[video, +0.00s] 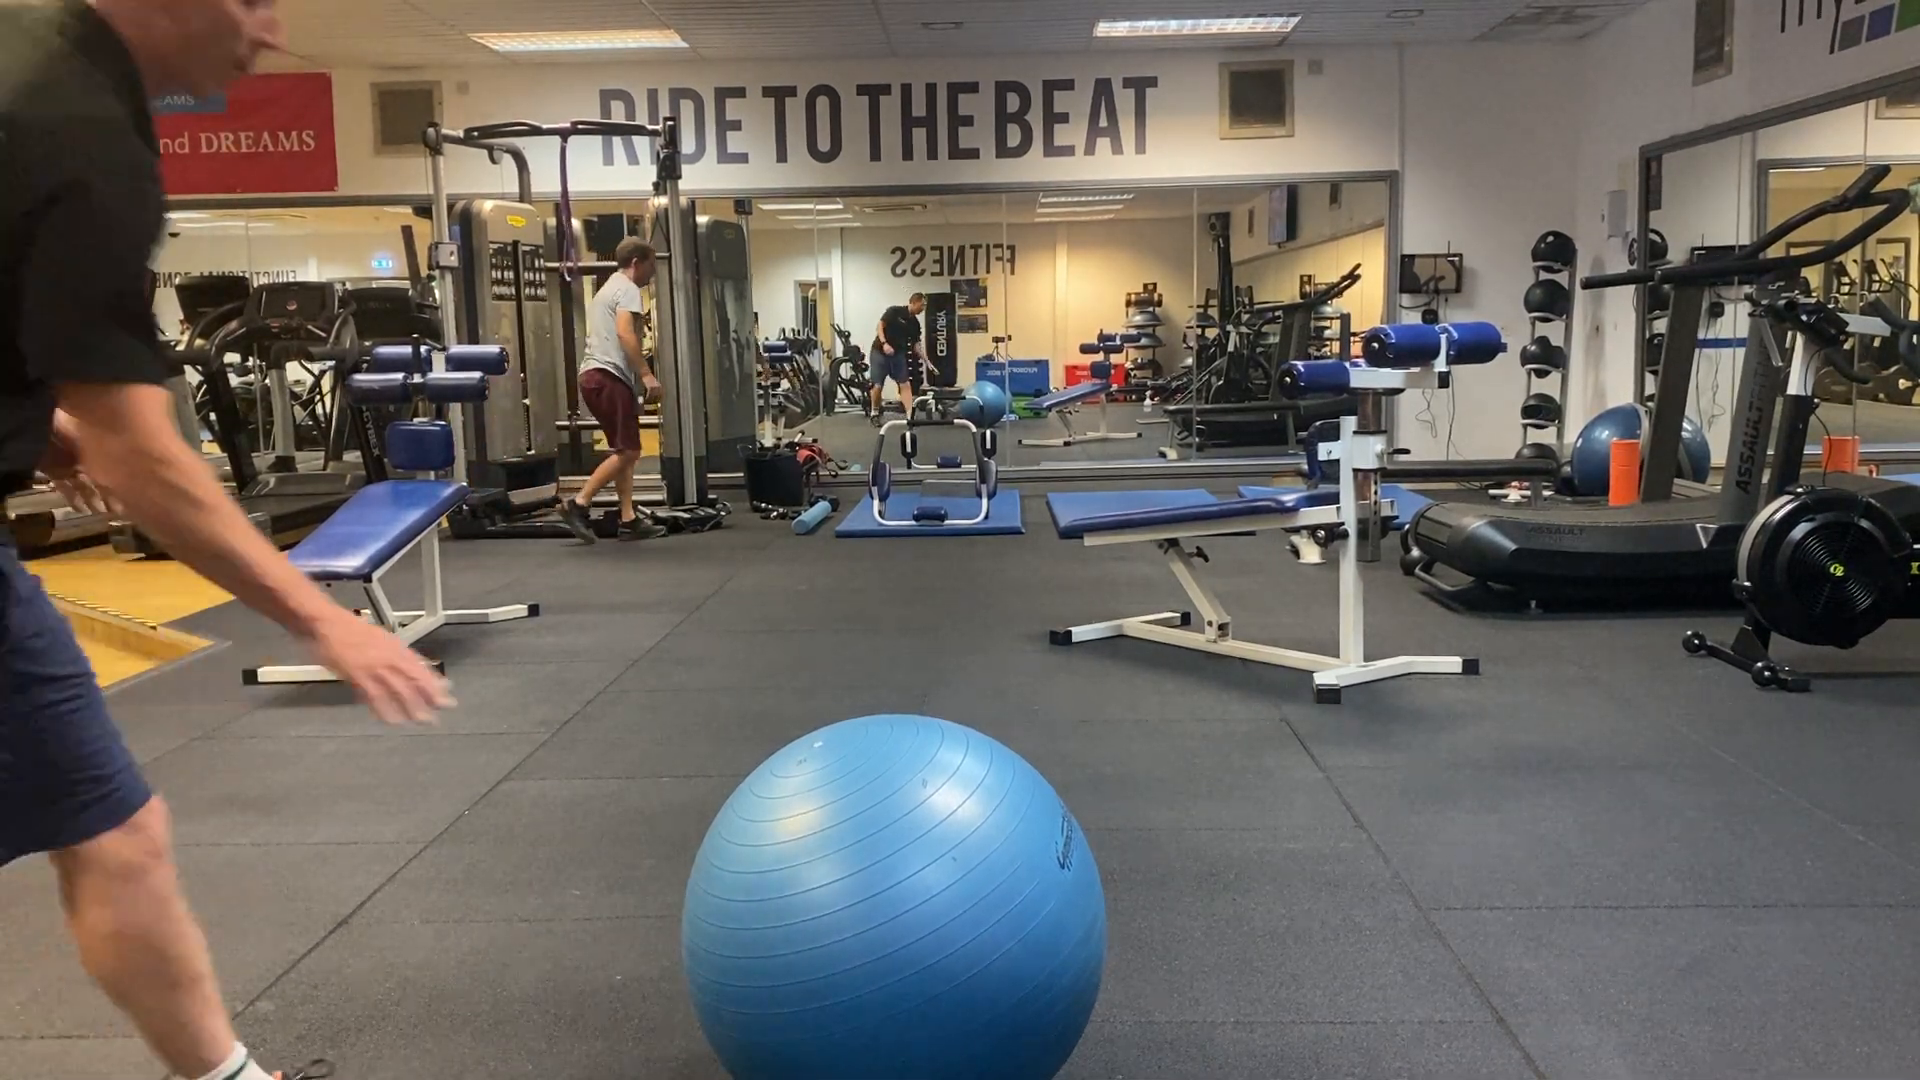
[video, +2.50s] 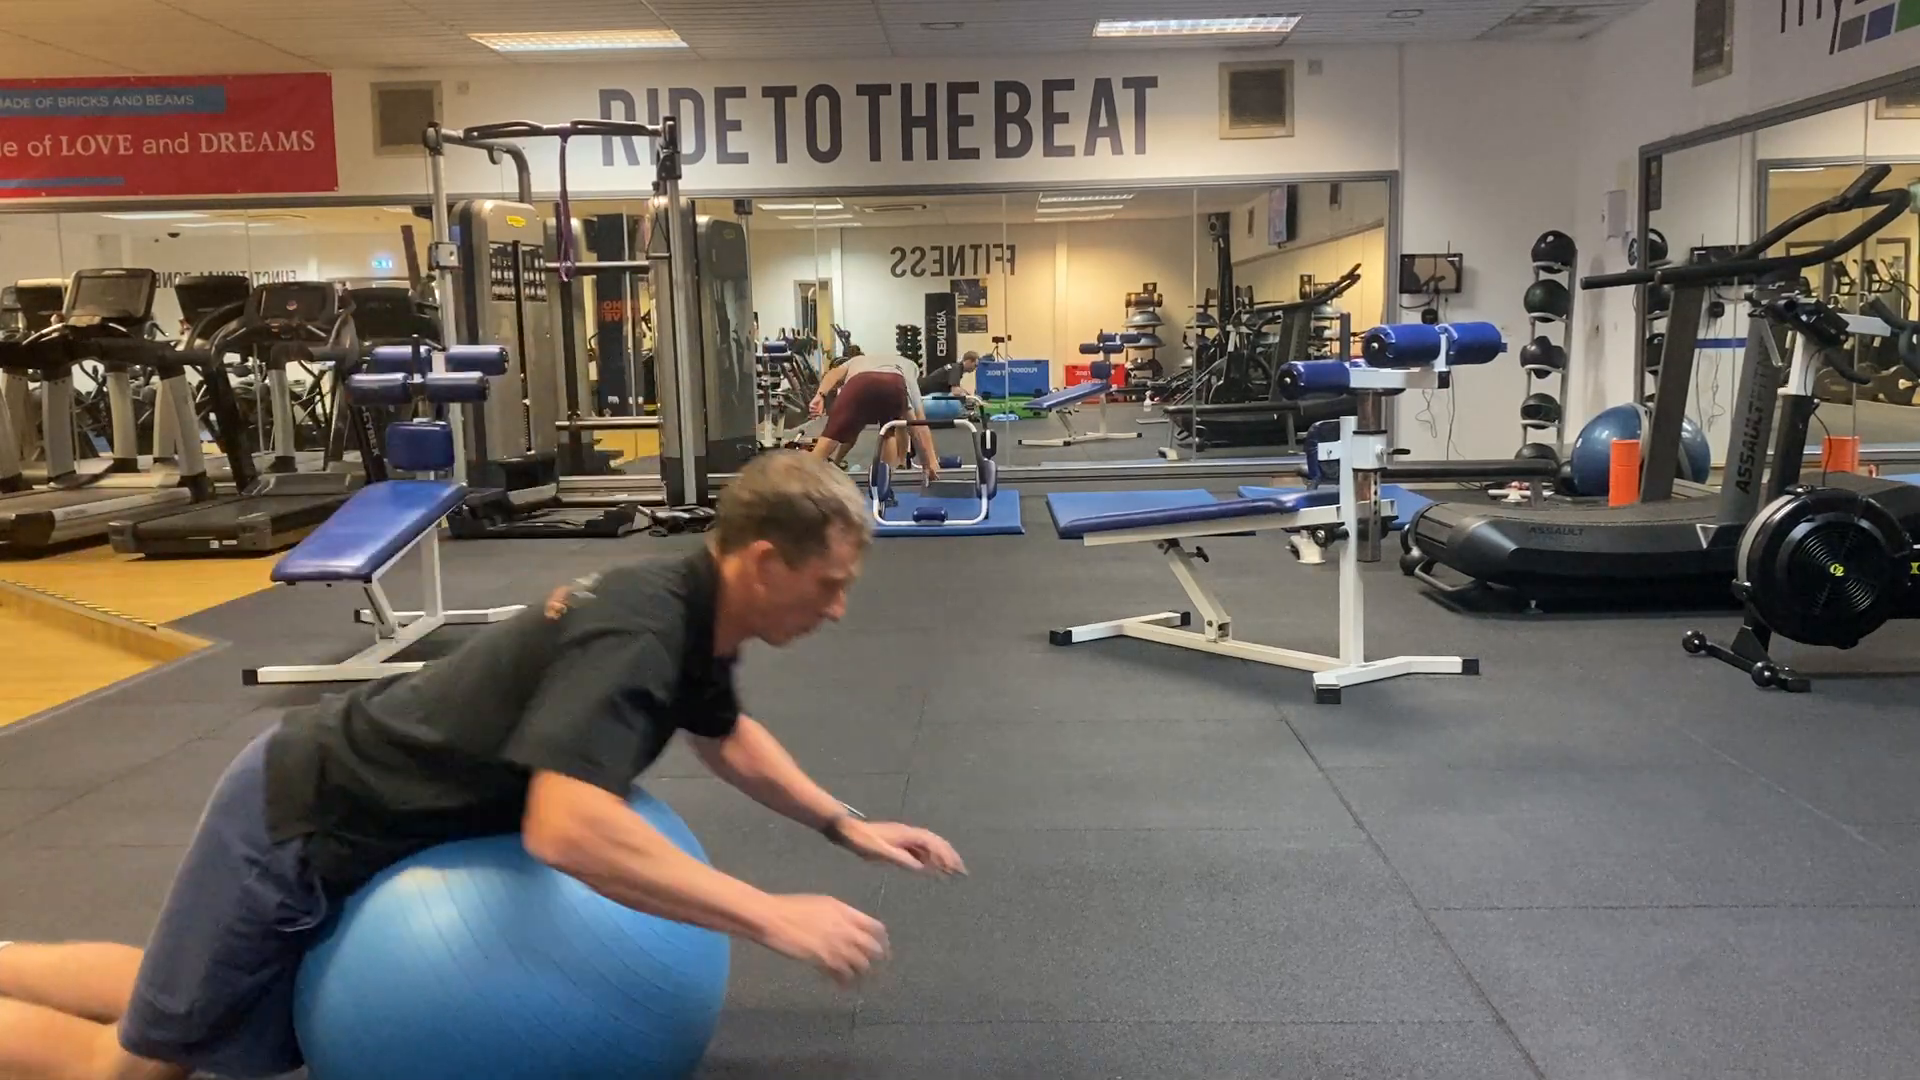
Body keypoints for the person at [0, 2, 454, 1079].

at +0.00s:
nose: (270, 33)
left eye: (273, 9)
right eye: (254, 4)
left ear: (156, 1)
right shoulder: (79, 127)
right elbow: (130, 453)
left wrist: (50, 424)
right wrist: (324, 621)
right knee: (114, 828)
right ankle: (223, 1071)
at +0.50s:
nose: (482, 392)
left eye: (486, 368)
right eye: (465, 369)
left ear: (373, 365)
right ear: (372, 368)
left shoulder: (290, 389)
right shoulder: (289, 471)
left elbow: (227, 542)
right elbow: (437, 688)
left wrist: (291, 688)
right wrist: (626, 762)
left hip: (71, 670)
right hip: (63, 680)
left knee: (151, 965)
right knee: (367, 792)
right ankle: (272, 1065)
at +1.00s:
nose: (357, 335)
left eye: (359, 311)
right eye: (332, 309)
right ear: (252, 312)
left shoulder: (310, 437)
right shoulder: (144, 430)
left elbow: (348, 605)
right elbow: (129, 649)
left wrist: (477, 684)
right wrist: (314, 753)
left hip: (182, 731)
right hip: (71, 726)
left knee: (203, 1036)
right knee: (293, 887)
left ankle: (28, 966)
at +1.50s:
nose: (418, 395)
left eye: (421, 372)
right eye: (400, 371)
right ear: (317, 362)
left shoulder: (327, 467)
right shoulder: (198, 475)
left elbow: (304, 621)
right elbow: (157, 692)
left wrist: (398, 732)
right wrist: (361, 759)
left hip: (193, 798)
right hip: (89, 812)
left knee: (214, 1035)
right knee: (166, 1066)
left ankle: (17, 970)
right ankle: (3, 1014)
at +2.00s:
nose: (447, 396)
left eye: (449, 370)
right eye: (427, 370)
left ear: (351, 366)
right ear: (345, 362)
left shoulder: (350, 465)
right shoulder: (200, 467)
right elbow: (19, 607)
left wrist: (275, 721)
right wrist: (185, 740)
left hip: (212, 815)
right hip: (95, 832)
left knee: (224, 1046)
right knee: (140, 1063)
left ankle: (17, 980)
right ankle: (6, 991)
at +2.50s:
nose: (840, 606)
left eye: (847, 586)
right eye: (832, 585)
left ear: (764, 561)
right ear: (759, 562)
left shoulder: (693, 609)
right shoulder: (641, 634)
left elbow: (725, 740)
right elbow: (564, 829)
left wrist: (844, 824)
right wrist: (766, 913)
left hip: (333, 777)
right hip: (296, 804)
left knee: (185, 1006)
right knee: (148, 1066)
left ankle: (0, 973)